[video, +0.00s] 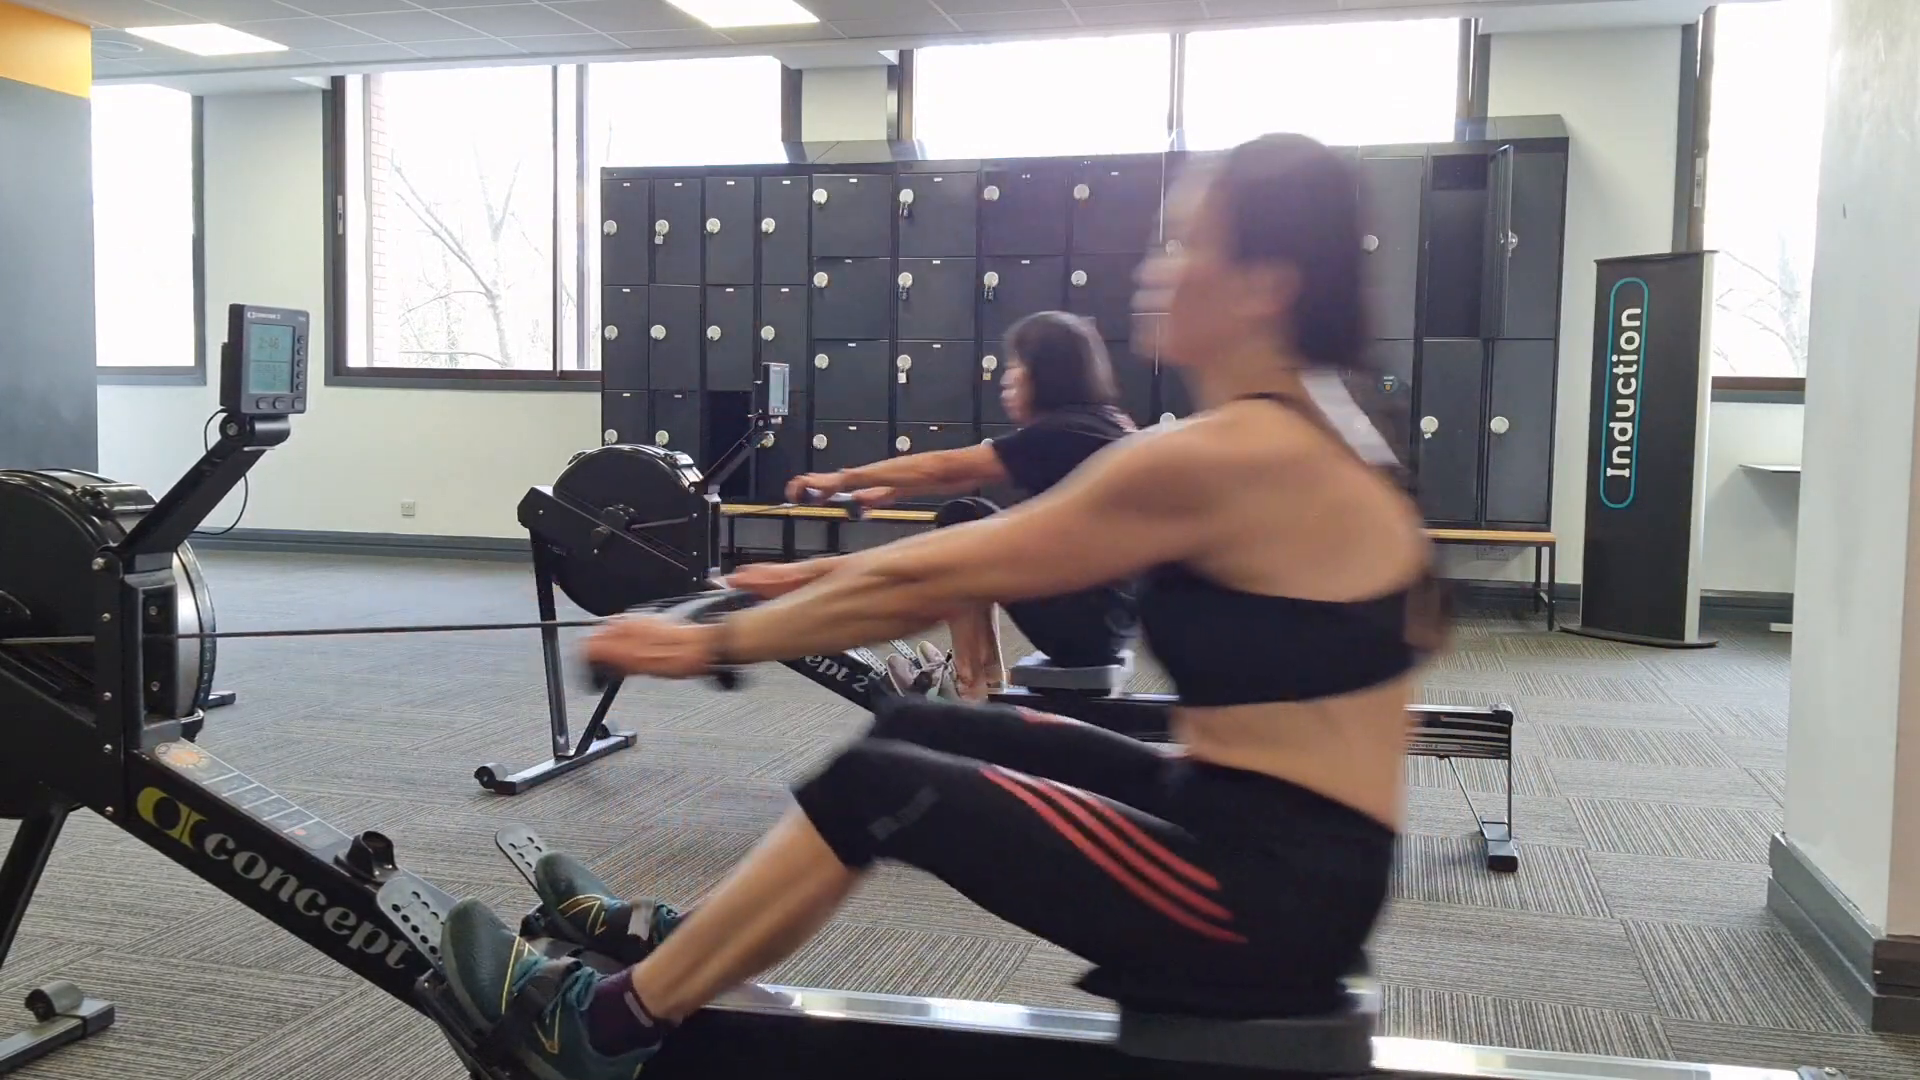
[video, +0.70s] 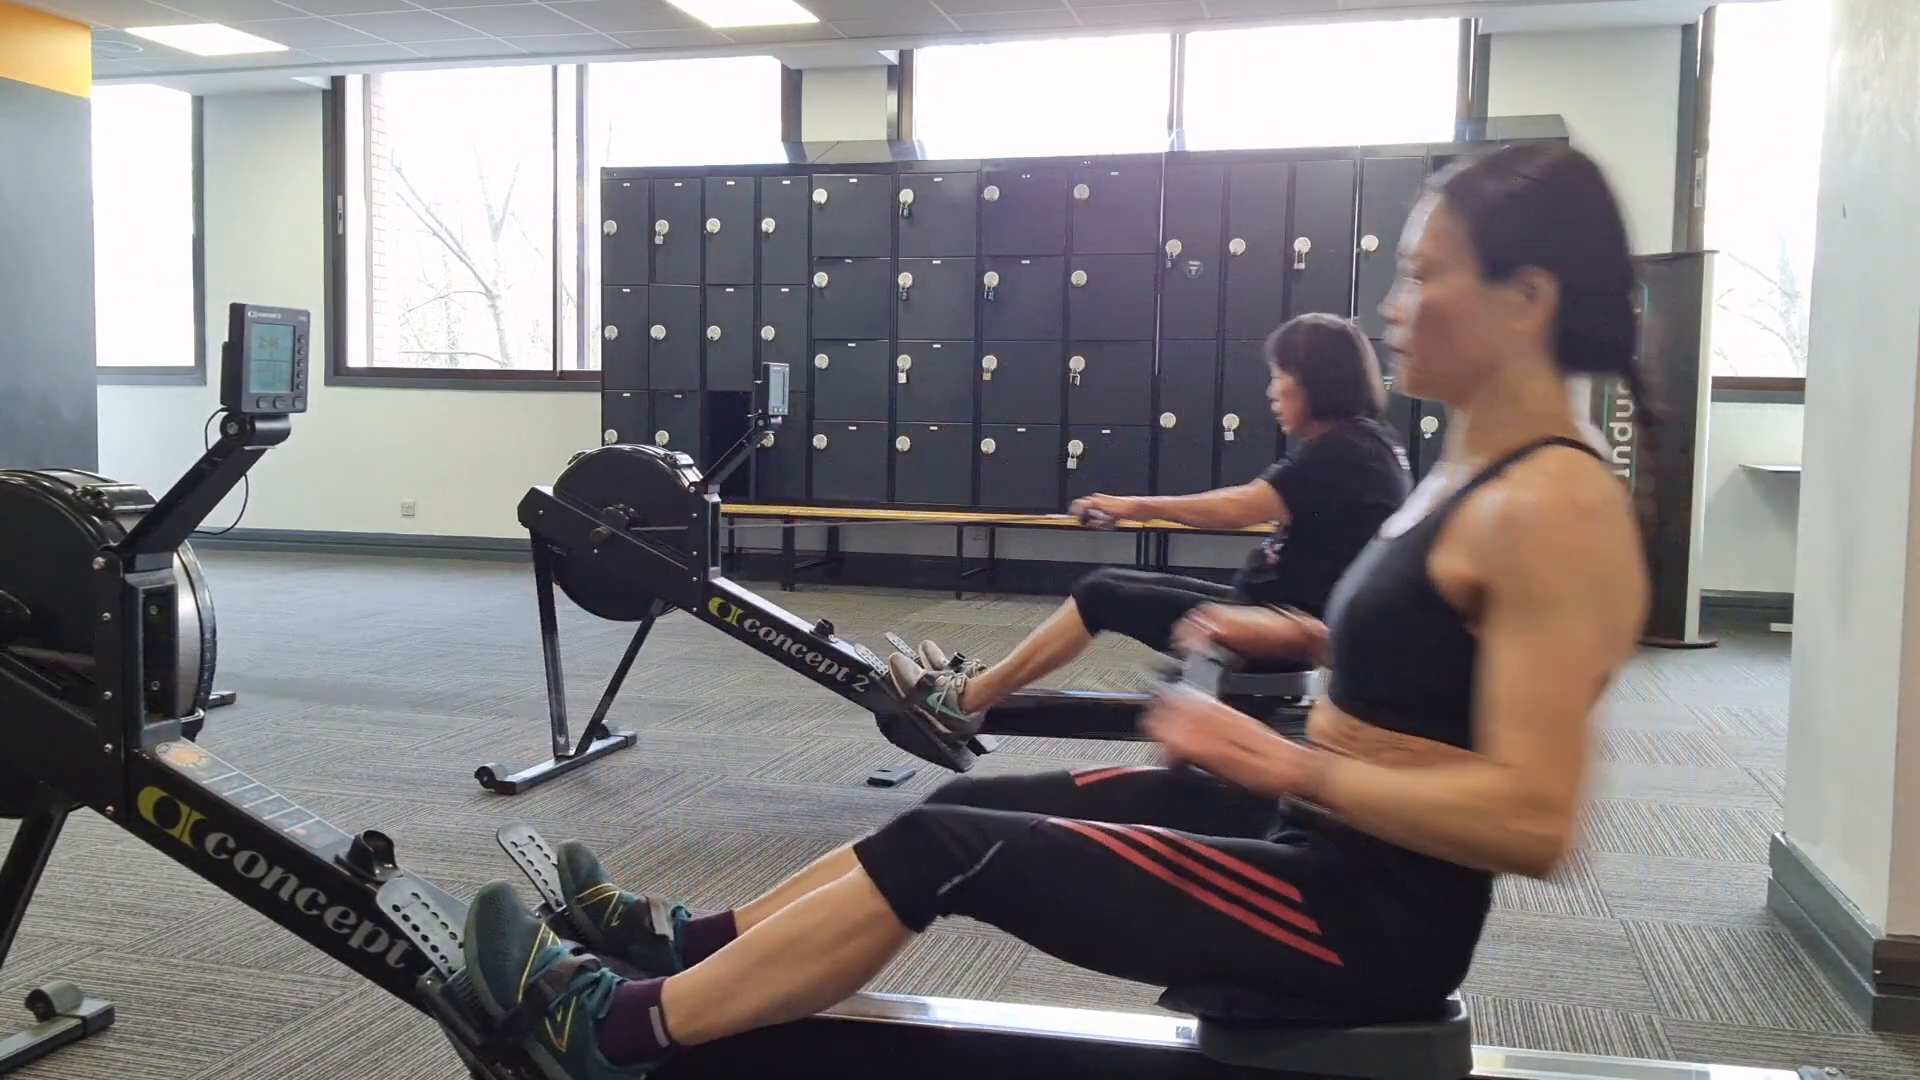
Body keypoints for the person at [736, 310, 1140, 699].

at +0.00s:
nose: (1004, 380)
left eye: (1015, 367)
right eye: (1006, 367)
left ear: (1048, 373)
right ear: (1078, 372)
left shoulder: (1060, 436)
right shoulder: (1106, 426)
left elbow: (946, 470)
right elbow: (975, 471)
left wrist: (840, 478)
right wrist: (892, 488)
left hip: (1086, 632)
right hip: (1110, 622)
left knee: (961, 518)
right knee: (975, 514)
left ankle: (973, 682)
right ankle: (984, 671)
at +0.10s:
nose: (1045, 377)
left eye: (1055, 363)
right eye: (1049, 364)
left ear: (1088, 372)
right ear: (1109, 374)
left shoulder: (1101, 435)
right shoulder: (1141, 429)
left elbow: (986, 470)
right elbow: (1008, 478)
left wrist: (878, 481)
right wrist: (924, 496)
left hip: (1110, 633)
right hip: (1136, 624)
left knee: (980, 518)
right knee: (990, 519)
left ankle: (969, 685)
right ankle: (988, 681)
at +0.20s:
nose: (1087, 372)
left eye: (1097, 360)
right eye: (1091, 360)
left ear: (1128, 369)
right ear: (1153, 371)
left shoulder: (1135, 433)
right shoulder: (1185, 427)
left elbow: (1026, 473)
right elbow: (1042, 477)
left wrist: (914, 480)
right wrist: (961, 492)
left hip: (1147, 603)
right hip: (1178, 596)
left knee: (1001, 525)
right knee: (1012, 524)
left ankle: (976, 681)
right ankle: (983, 677)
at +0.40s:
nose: (1171, 375)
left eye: (1182, 362)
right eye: (1176, 362)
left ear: (1214, 373)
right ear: (1240, 375)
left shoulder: (1226, 445)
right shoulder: (1266, 440)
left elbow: (1104, 478)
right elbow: (1117, 480)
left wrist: (994, 485)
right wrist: (1035, 494)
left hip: (1189, 628)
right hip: (1219, 623)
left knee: (1037, 547)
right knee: (1051, 537)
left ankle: (968, 694)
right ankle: (983, 684)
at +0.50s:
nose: (1212, 384)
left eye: (1223, 372)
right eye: (1215, 371)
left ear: (1259, 380)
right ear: (1280, 382)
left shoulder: (1270, 451)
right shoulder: (1300, 445)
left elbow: (1152, 484)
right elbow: (1158, 482)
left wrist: (1040, 491)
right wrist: (1064, 492)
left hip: (1216, 636)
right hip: (1231, 623)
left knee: (1056, 561)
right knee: (1064, 553)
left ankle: (968, 697)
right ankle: (978, 685)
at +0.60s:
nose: (1246, 386)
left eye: (1257, 373)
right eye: (1249, 372)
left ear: (1294, 381)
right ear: (1312, 383)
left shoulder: (1307, 449)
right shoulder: (1332, 444)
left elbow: (1197, 496)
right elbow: (1202, 492)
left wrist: (1094, 498)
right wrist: (1103, 496)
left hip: (1246, 636)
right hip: (1260, 620)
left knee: (1077, 579)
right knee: (1087, 573)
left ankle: (969, 699)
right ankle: (979, 685)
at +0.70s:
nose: (1271, 390)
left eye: (1280, 376)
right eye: (1273, 376)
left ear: (1316, 383)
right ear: (1335, 383)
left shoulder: (1336, 454)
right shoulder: (1358, 446)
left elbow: (1237, 511)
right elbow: (1243, 508)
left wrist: (1134, 508)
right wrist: (1143, 506)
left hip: (1289, 624)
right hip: (1294, 611)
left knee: (1097, 596)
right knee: (1104, 589)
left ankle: (970, 700)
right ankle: (980, 688)